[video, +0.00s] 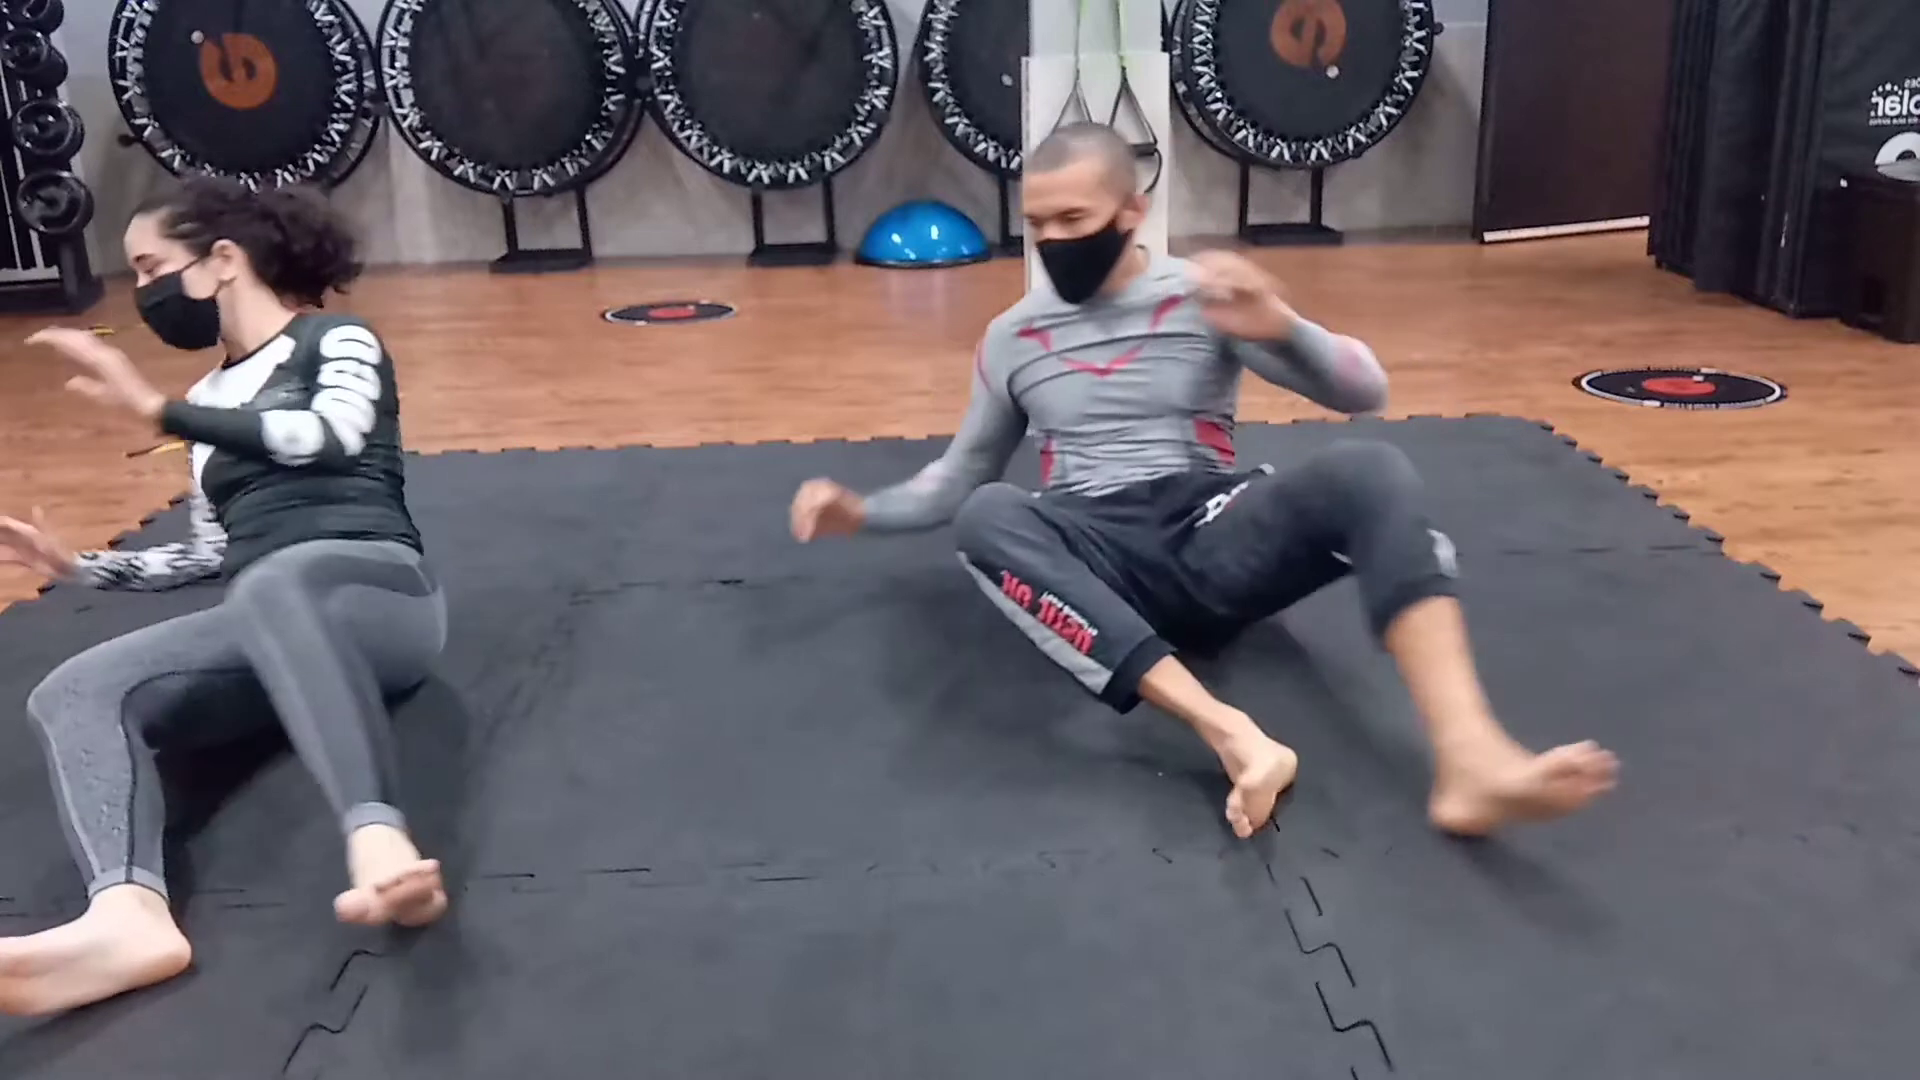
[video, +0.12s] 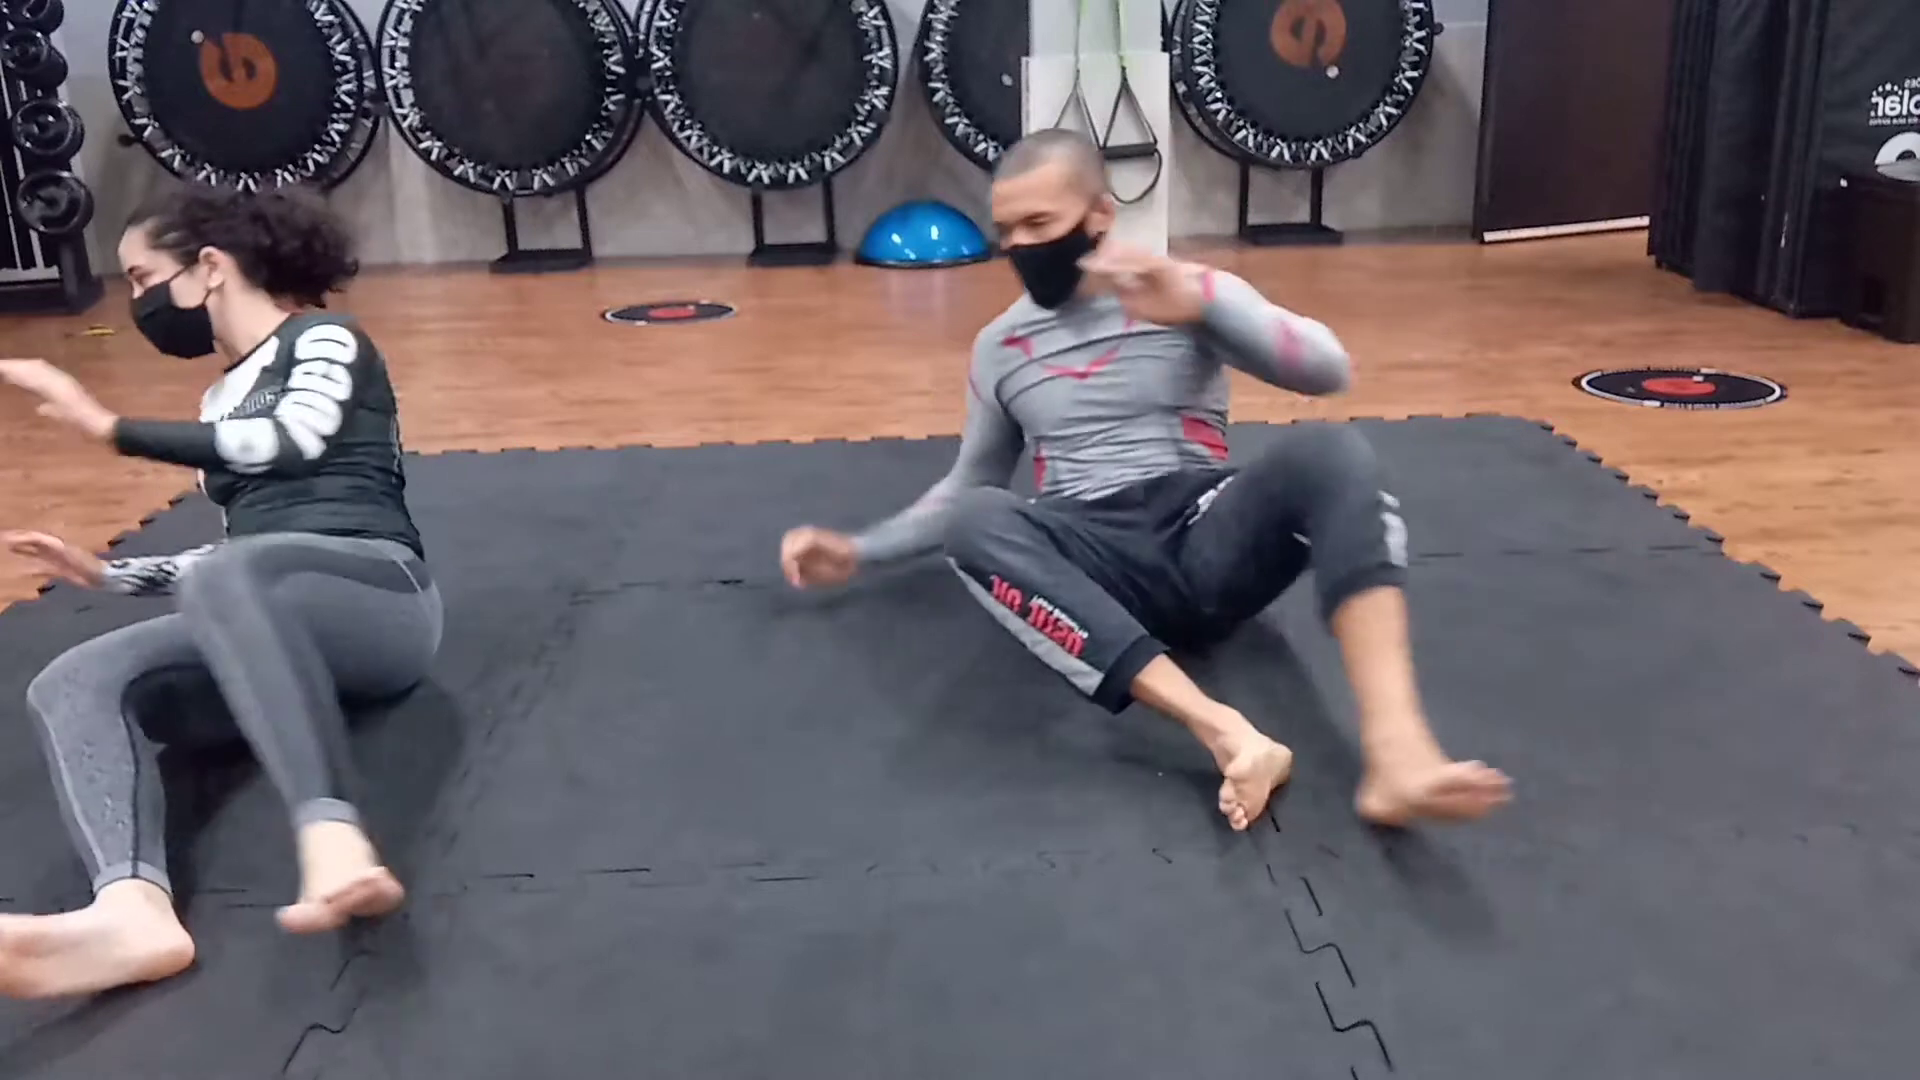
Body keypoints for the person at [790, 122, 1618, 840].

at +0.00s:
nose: (1056, 245)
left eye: (1078, 222)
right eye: (1039, 225)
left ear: (1137, 207)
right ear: (1021, 221)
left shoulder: (1206, 292)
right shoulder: (1013, 338)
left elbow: (1365, 394)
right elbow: (961, 476)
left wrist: (1283, 332)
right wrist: (865, 511)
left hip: (1212, 533)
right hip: (1096, 543)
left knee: (1372, 465)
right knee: (983, 517)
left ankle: (1471, 754)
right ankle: (1233, 738)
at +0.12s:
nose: (1020, 247)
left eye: (1038, 225)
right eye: (1005, 231)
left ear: (1097, 215)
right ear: (994, 233)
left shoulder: (1187, 289)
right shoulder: (1001, 348)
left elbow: (1330, 373)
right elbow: (970, 488)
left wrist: (1200, 309)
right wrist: (859, 554)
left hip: (1205, 535)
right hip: (1087, 550)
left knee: (1331, 450)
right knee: (964, 521)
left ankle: (1399, 756)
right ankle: (1230, 737)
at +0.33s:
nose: (967, 271)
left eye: (980, 246)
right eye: (954, 256)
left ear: (1043, 230)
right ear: (950, 258)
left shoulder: (1147, 285)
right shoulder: (978, 373)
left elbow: (1257, 340)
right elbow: (974, 514)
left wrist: (1081, 301)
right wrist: (862, 571)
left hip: (1194, 536)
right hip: (1082, 566)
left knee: (1277, 401)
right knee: (953, 528)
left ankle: (1311, 713)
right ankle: (1199, 738)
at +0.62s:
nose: (905, 293)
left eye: (914, 268)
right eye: (891, 282)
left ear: (978, 244)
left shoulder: (1083, 279)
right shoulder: (961, 387)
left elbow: (1147, 320)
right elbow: (971, 533)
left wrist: (964, 318)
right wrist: (860, 576)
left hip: (1169, 534)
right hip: (1060, 570)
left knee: (1209, 352)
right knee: (895, 544)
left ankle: (1213, 665)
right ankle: (1102, 741)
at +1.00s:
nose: (861, 314)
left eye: (864, 289)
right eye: (853, 303)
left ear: (924, 260)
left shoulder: (1038, 275)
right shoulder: (955, 391)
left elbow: (1016, 327)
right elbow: (971, 527)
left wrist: (861, 360)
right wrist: (845, 558)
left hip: (1151, 537)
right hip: (1036, 578)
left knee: (1076, 361)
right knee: (832, 632)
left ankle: (1175, 671)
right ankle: (1023, 773)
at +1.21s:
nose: (841, 335)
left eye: (839, 307)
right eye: (833, 324)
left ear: (887, 273)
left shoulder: (999, 277)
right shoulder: (958, 392)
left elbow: (937, 347)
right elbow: (975, 528)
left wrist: (823, 401)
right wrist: (845, 557)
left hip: (1154, 536)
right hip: (1038, 585)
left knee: (1017, 393)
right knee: (831, 641)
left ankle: (1178, 674)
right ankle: (1019, 770)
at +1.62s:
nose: (841, 358)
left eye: (837, 337)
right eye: (838, 343)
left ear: (864, 301)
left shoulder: (947, 295)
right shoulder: (961, 403)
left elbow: (816, 372)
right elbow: (989, 533)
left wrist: (759, 439)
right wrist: (844, 554)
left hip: (1190, 500)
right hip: (1089, 577)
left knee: (1001, 423)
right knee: (871, 636)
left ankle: (1180, 683)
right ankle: (1004, 773)